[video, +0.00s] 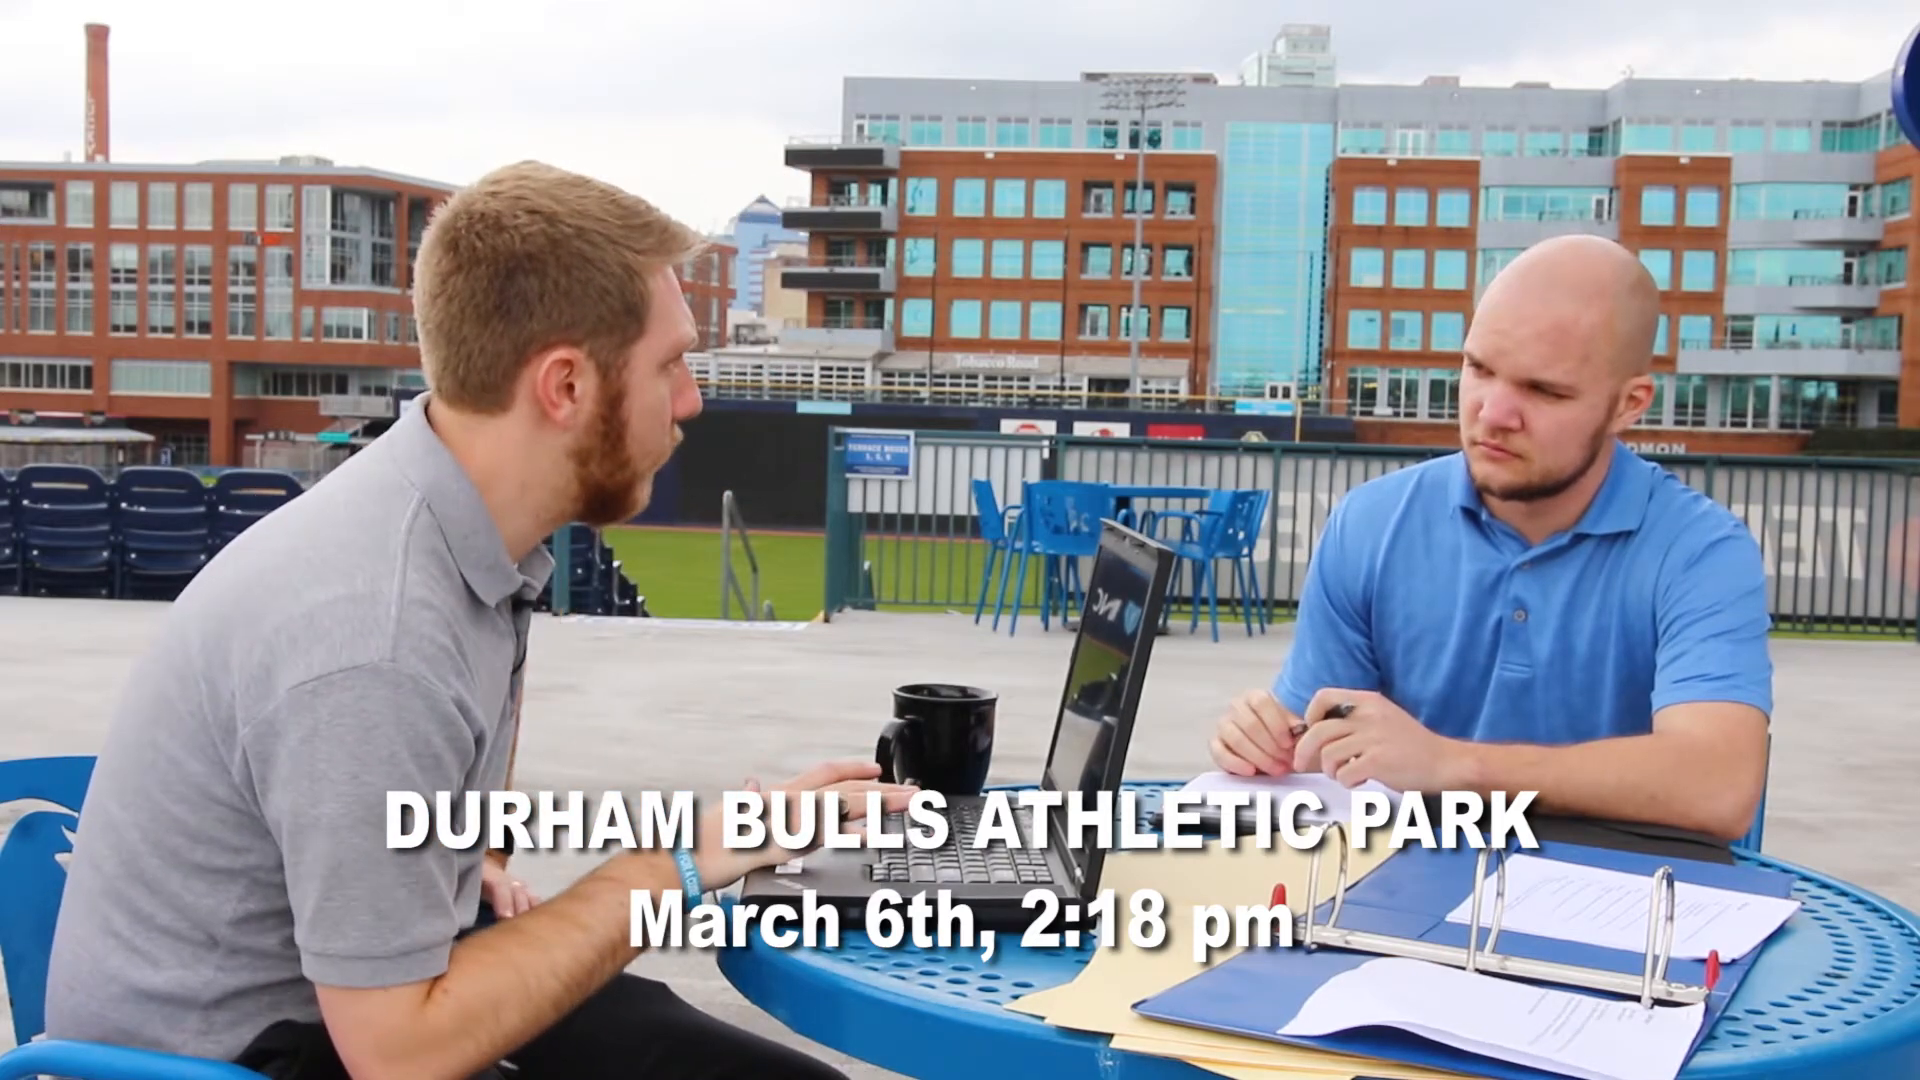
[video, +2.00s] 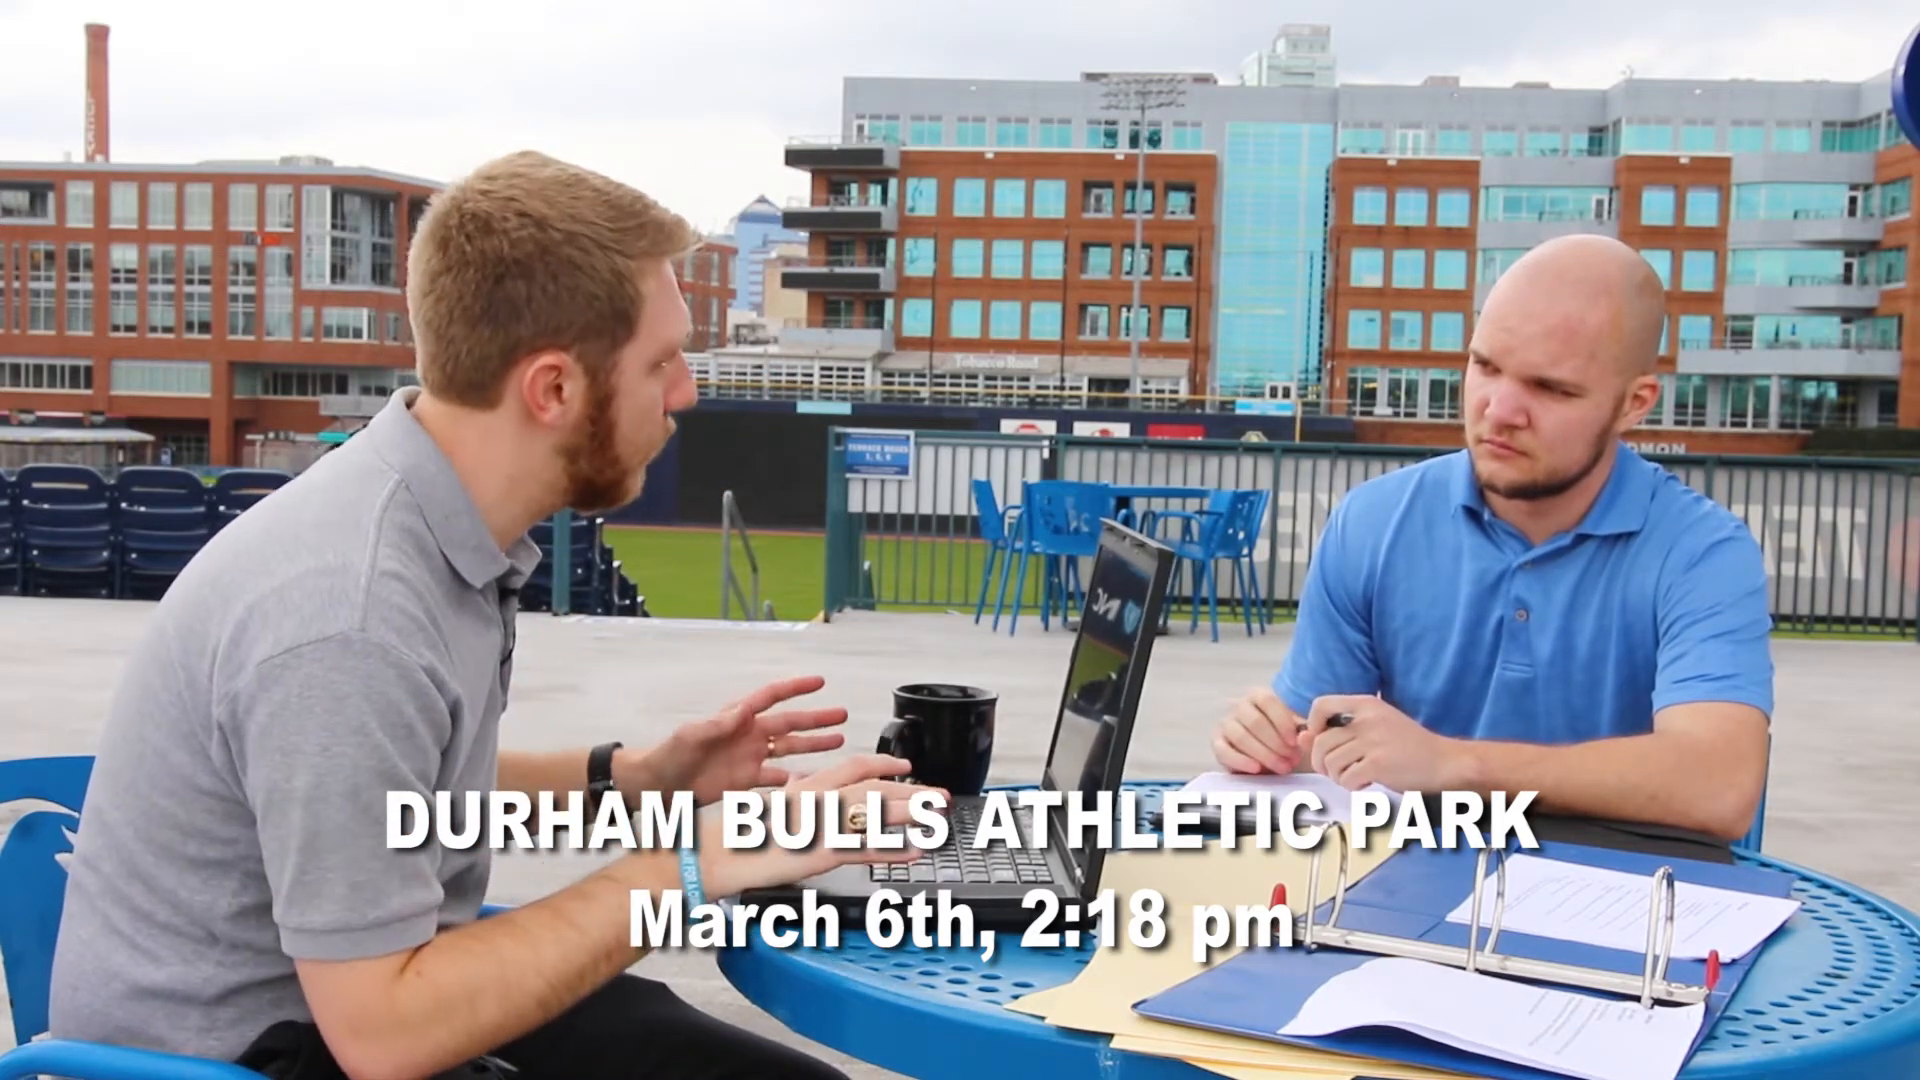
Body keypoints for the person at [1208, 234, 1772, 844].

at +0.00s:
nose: (1494, 413)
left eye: (1543, 390)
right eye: (1481, 370)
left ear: (1626, 407)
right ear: (1463, 356)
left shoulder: (1697, 550)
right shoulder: (1369, 524)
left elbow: (1713, 785)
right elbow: (1304, 723)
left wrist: (1447, 763)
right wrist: (1264, 734)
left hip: (1622, 915)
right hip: (1394, 890)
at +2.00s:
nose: (1499, 411)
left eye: (1549, 388)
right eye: (1487, 367)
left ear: (1631, 406)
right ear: (1467, 353)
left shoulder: (1698, 551)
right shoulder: (1371, 523)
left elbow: (1714, 785)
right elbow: (1303, 717)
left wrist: (1450, 762)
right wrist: (1262, 730)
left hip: (1622, 913)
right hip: (1395, 888)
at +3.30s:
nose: (1422, 461)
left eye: (1461, 427)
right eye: (1395, 424)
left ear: (1545, 393)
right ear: (1375, 396)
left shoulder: (1658, 537)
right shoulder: (1336, 541)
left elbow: (1707, 782)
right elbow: (1306, 758)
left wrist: (1480, 770)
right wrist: (1261, 753)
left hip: (1613, 906)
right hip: (1397, 893)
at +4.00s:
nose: (1431, 456)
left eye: (1473, 422)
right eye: (1406, 418)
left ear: (1556, 394)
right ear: (1384, 385)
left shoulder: (1660, 535)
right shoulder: (1341, 537)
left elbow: (1705, 778)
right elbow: (1308, 754)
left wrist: (1477, 769)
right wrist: (1261, 751)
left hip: (1613, 902)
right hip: (1397, 886)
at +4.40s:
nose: (1432, 440)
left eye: (1475, 408)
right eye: (1411, 401)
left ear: (1563, 393)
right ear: (1393, 378)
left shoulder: (1663, 534)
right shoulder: (1347, 535)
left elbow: (1705, 777)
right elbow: (1309, 751)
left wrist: (1474, 770)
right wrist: (1262, 748)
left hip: (1614, 903)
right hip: (1399, 887)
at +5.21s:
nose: (1465, 361)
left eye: (1470, 336)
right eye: (1465, 336)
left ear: (1526, 352)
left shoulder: (1706, 505)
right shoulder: (1503, 480)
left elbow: (1728, 778)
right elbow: (1450, 642)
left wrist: (1466, 773)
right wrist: (1366, 760)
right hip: (1460, 882)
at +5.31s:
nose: (1465, 362)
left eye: (1472, 337)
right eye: (1467, 336)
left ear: (1528, 354)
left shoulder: (1705, 507)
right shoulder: (1503, 480)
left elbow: (1727, 779)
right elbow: (1449, 642)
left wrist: (1466, 773)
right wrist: (1365, 760)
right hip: (1459, 881)